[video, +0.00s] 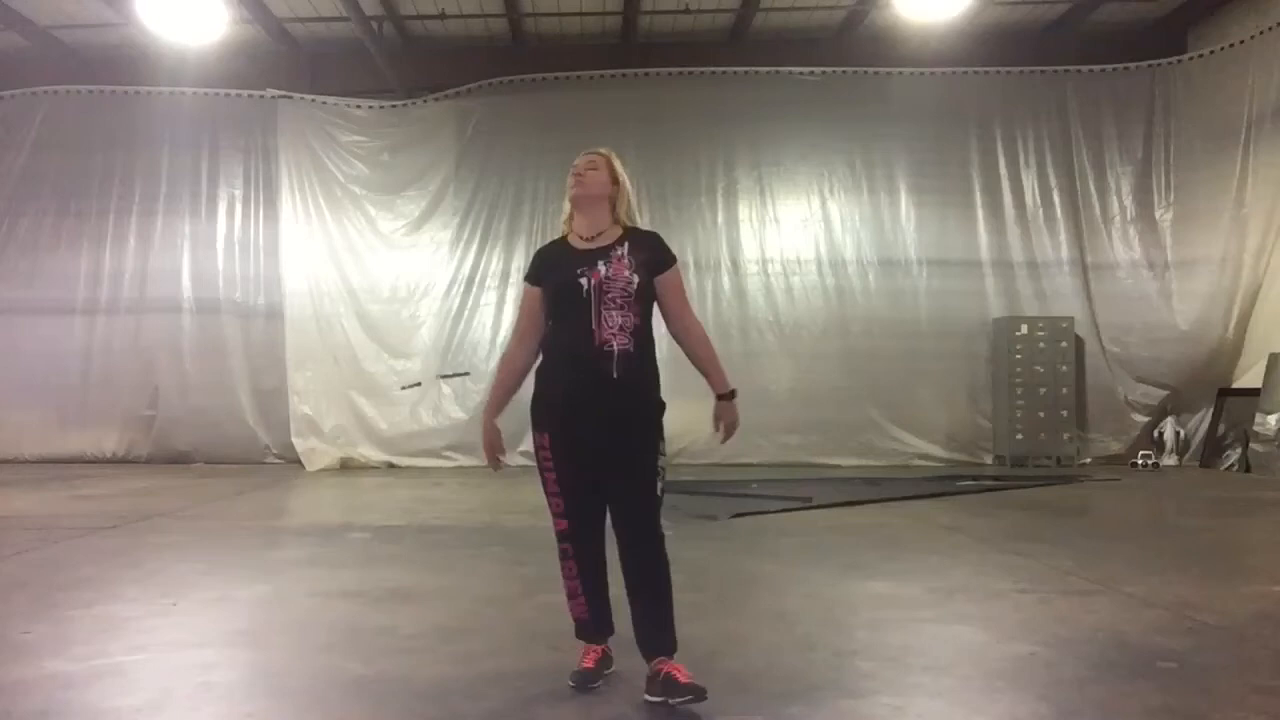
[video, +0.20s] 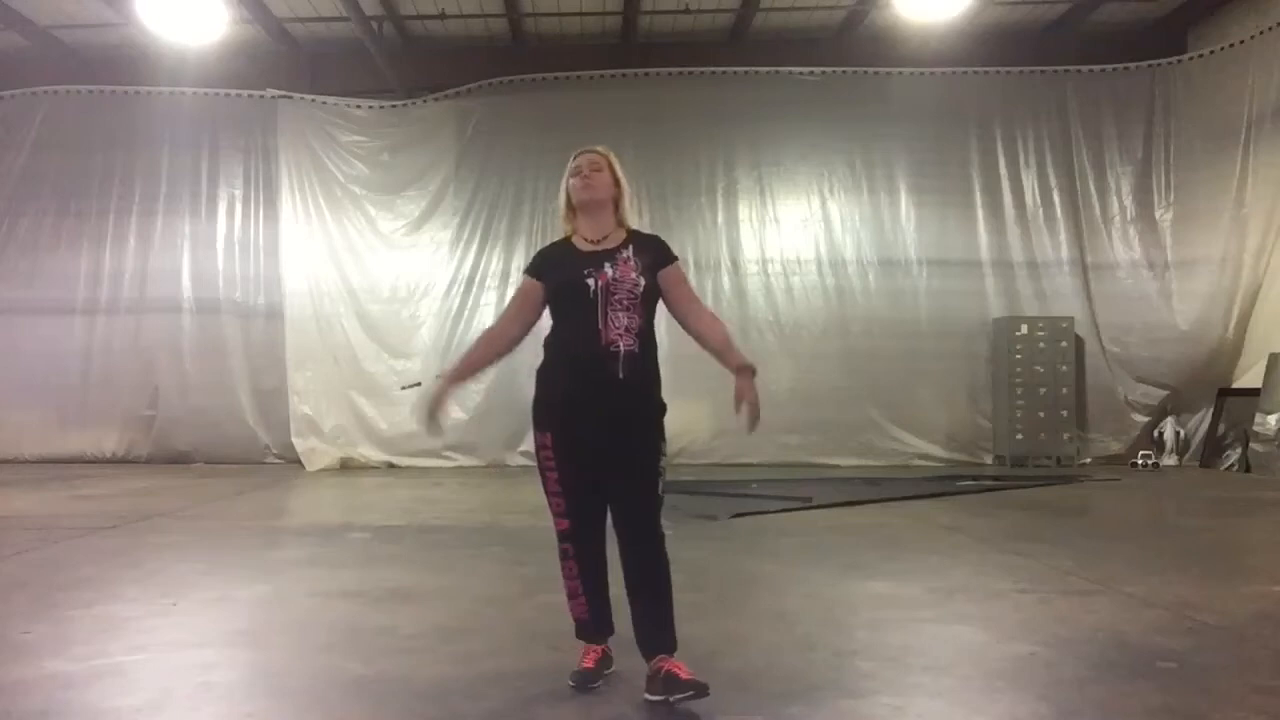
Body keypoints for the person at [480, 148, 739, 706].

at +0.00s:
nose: (581, 170)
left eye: (593, 166)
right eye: (575, 168)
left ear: (616, 187)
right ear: (567, 188)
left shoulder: (646, 247)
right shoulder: (548, 257)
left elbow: (684, 323)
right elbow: (525, 341)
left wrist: (723, 389)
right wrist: (489, 412)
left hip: (632, 415)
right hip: (562, 418)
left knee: (642, 535)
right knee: (576, 535)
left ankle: (661, 658)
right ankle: (594, 644)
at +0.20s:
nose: (584, 175)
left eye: (595, 169)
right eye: (575, 172)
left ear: (617, 186)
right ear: (566, 192)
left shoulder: (647, 250)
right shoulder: (551, 260)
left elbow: (696, 314)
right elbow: (506, 330)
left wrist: (738, 364)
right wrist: (450, 376)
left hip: (634, 414)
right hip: (565, 417)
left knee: (642, 533)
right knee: (577, 535)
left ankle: (662, 657)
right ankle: (593, 646)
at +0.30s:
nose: (587, 178)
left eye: (596, 170)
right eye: (577, 174)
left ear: (617, 184)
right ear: (567, 192)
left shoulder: (650, 251)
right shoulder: (554, 260)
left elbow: (691, 308)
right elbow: (507, 320)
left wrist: (726, 315)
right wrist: (449, 324)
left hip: (635, 413)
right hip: (566, 416)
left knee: (642, 532)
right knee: (577, 535)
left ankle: (662, 658)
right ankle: (593, 646)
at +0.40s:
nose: (591, 180)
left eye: (600, 172)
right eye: (581, 175)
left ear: (619, 184)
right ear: (569, 192)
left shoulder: (650, 249)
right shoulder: (555, 259)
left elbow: (693, 302)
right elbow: (503, 313)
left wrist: (706, 249)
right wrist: (471, 271)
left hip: (636, 416)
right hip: (567, 419)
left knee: (644, 535)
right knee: (578, 537)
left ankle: (663, 659)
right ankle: (594, 646)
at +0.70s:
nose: (600, 183)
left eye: (609, 175)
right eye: (589, 177)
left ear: (627, 189)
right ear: (574, 193)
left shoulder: (652, 252)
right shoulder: (560, 257)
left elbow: (708, 259)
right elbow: (497, 287)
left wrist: (654, 211)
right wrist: (548, 224)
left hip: (639, 413)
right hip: (569, 416)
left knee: (649, 536)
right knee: (581, 536)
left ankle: (666, 660)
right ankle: (594, 645)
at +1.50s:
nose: (606, 199)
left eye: (615, 189)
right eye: (595, 190)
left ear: (633, 194)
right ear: (578, 198)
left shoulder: (655, 247)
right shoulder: (561, 251)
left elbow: (710, 183)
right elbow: (498, 198)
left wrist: (646, 183)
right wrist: (559, 189)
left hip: (637, 416)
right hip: (567, 417)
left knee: (647, 540)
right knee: (580, 538)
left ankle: (665, 663)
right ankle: (593, 645)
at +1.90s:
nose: (597, 173)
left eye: (607, 166)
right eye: (587, 168)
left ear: (626, 185)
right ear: (575, 188)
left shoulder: (653, 242)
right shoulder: (556, 245)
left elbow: (717, 192)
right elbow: (489, 192)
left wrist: (679, 161)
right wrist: (522, 156)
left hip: (635, 412)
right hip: (565, 413)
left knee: (646, 538)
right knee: (579, 537)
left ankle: (665, 663)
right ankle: (593, 645)